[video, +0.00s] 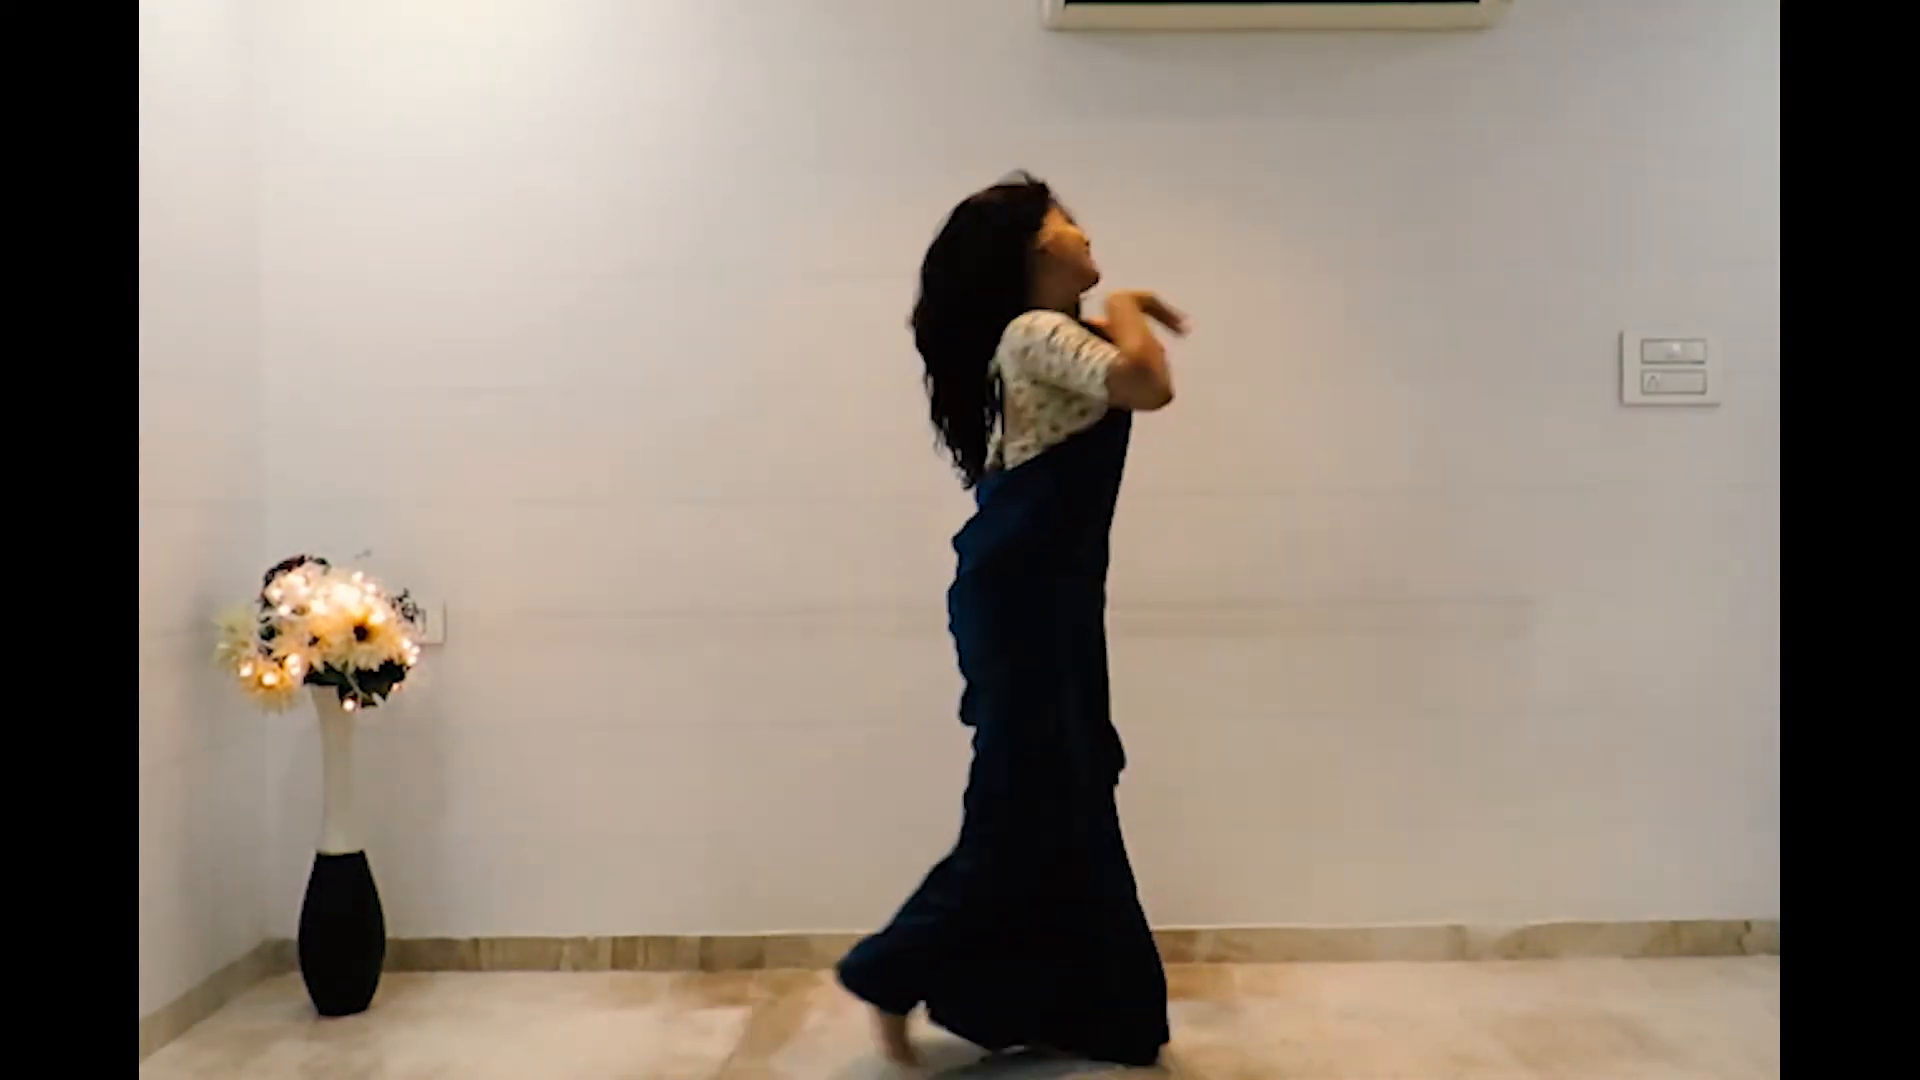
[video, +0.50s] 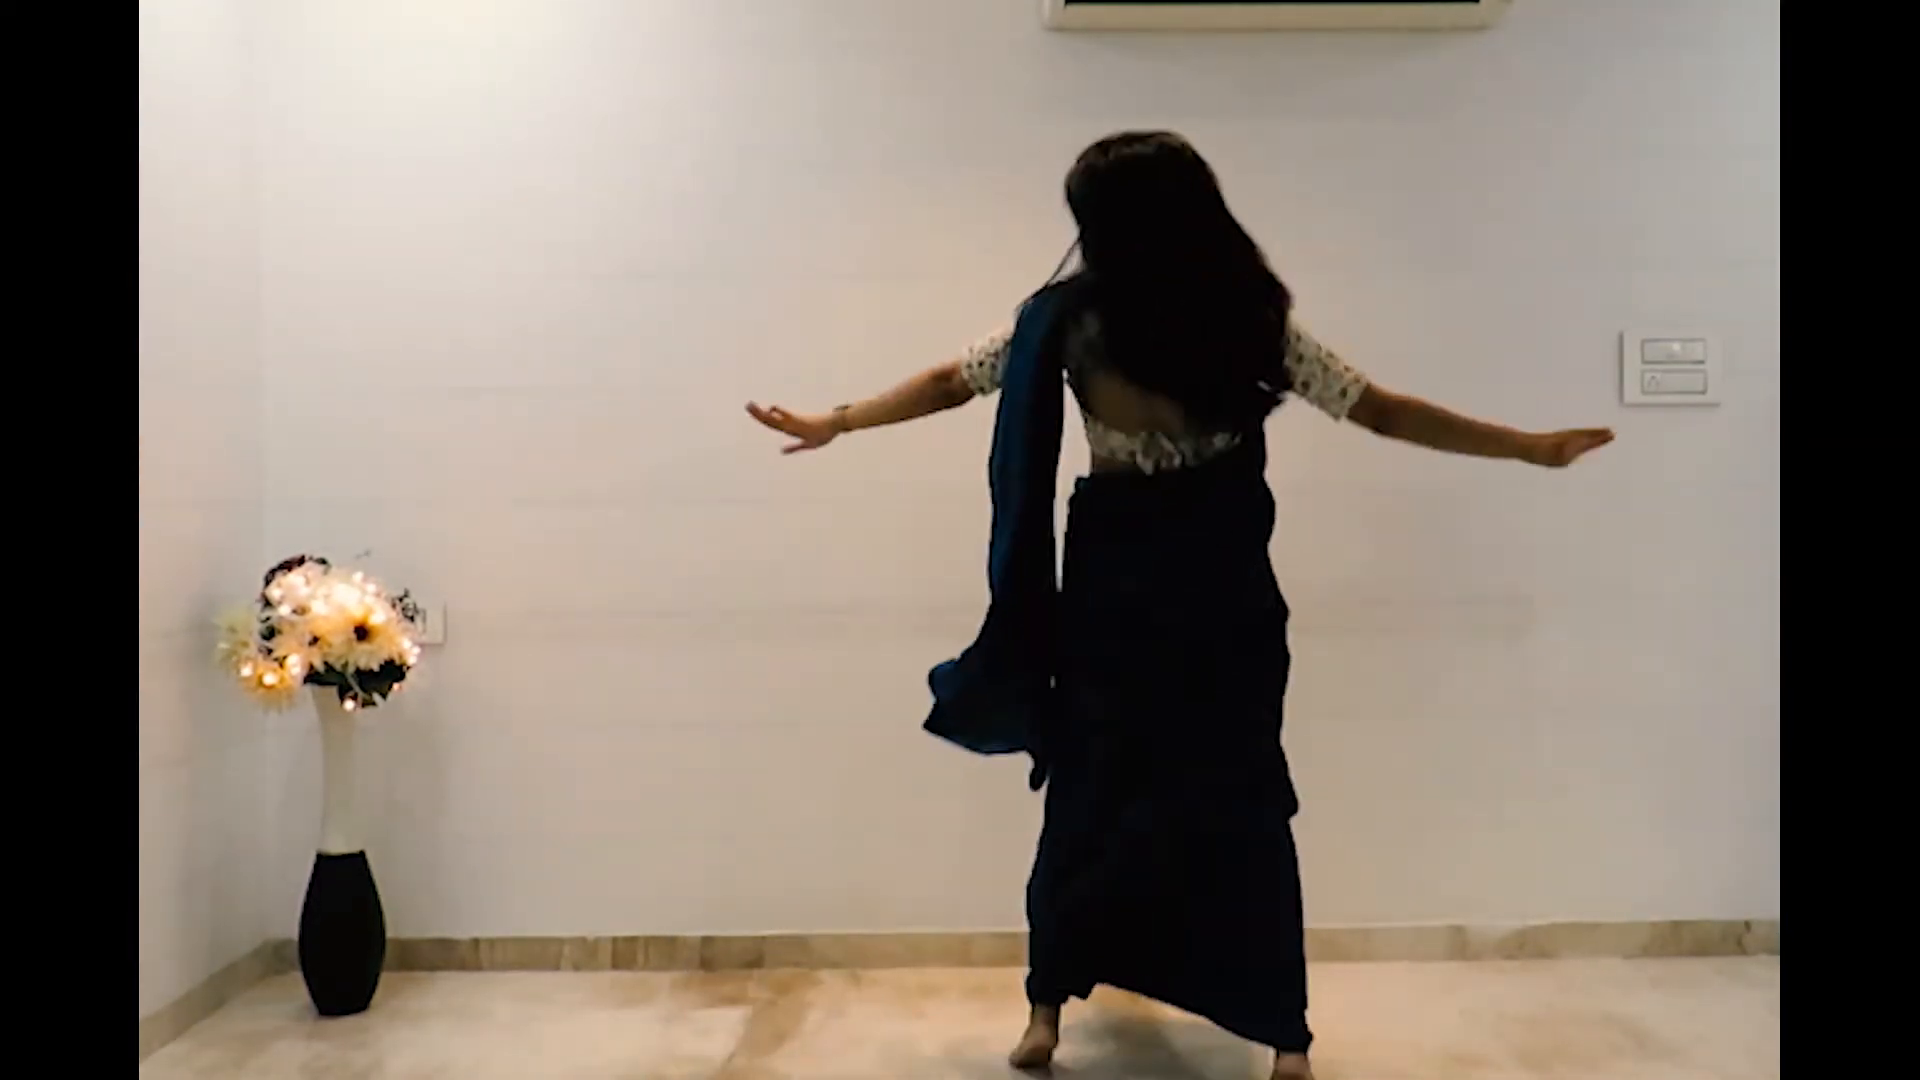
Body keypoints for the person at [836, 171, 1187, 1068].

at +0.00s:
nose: (1080, 230)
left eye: (1069, 218)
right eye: (1061, 223)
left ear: (1031, 262)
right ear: (1029, 258)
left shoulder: (1055, 331)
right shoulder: (1034, 336)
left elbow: (1136, 379)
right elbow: (1148, 382)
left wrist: (1130, 315)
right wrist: (1127, 309)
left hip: (1053, 597)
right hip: (1015, 597)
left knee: (1072, 790)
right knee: (1029, 796)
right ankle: (894, 970)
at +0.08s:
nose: (1102, 229)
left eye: (1088, 218)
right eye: (1086, 226)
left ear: (1041, 276)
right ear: (1069, 257)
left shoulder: (1039, 346)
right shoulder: (1089, 341)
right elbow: (1194, 416)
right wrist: (1214, 339)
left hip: (1026, 612)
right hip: (1066, 623)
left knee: (1042, 801)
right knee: (1142, 803)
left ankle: (1014, 998)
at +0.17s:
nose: (1129, 261)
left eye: (1118, 250)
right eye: (1115, 256)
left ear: (1051, 305)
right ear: (1094, 290)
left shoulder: (1026, 390)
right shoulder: (1134, 384)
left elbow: (983, 484)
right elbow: (1231, 495)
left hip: (1040, 664)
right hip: (1115, 673)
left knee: (1048, 831)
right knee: (1207, 827)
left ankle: (1019, 1014)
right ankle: (1176, 1020)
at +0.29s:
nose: (1156, 293)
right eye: (1153, 278)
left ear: (1061, 291)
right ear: (1156, 285)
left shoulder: (1050, 386)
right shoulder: (1198, 380)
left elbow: (971, 479)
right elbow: (1295, 484)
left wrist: (1035, 404)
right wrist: (1385, 416)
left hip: (1075, 639)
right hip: (1176, 641)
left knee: (1087, 820)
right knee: (1226, 826)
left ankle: (1024, 1013)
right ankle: (1234, 1032)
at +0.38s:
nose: (1175, 227)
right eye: (1170, 211)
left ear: (1071, 238)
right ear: (1172, 230)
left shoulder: (1038, 343)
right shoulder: (1216, 333)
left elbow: (969, 427)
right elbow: (1345, 421)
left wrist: (922, 399)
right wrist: (1477, 403)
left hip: (1084, 632)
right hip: (1199, 631)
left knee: (1067, 803)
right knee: (1222, 823)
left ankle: (1035, 1003)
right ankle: (1262, 1039)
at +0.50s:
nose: (1081, 244)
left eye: (1086, 229)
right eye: (1084, 228)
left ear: (1105, 233)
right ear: (1199, 220)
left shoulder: (1070, 319)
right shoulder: (1245, 321)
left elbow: (955, 380)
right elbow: (1376, 409)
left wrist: (839, 420)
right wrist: (1522, 444)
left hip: (1109, 574)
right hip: (1226, 577)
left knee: (1085, 785)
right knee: (1248, 793)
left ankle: (1044, 1012)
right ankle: (1289, 1035)